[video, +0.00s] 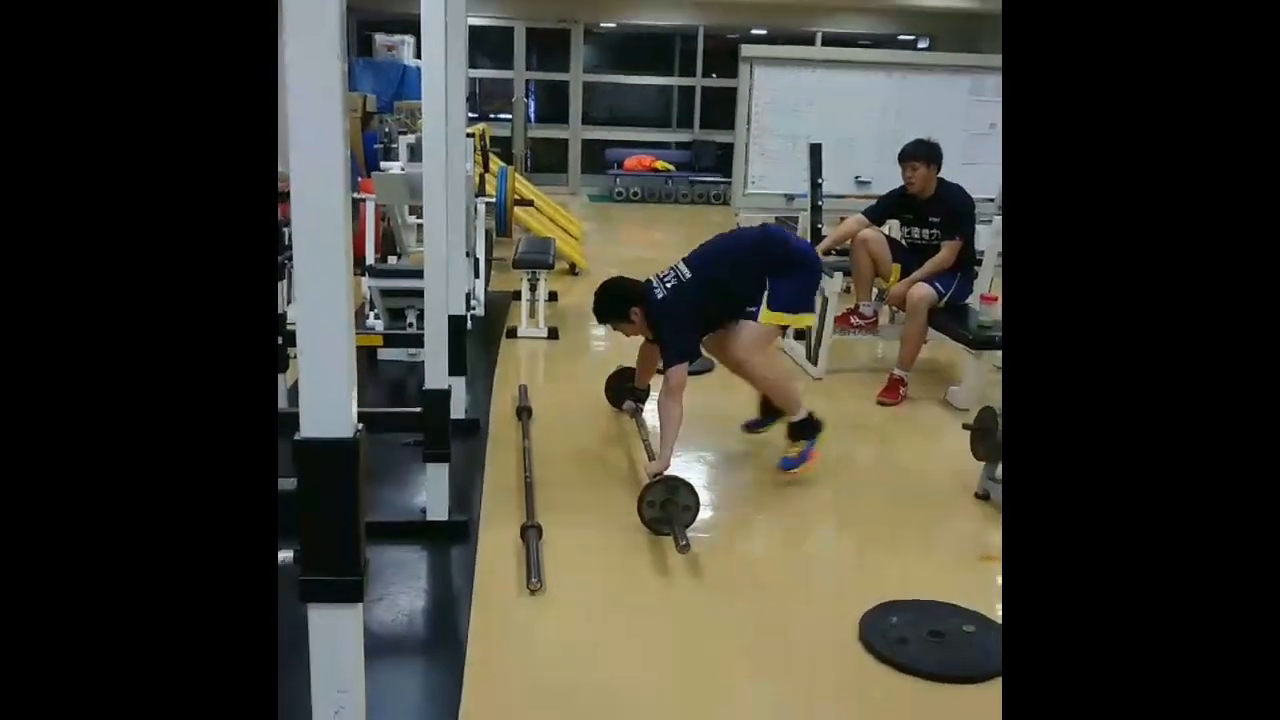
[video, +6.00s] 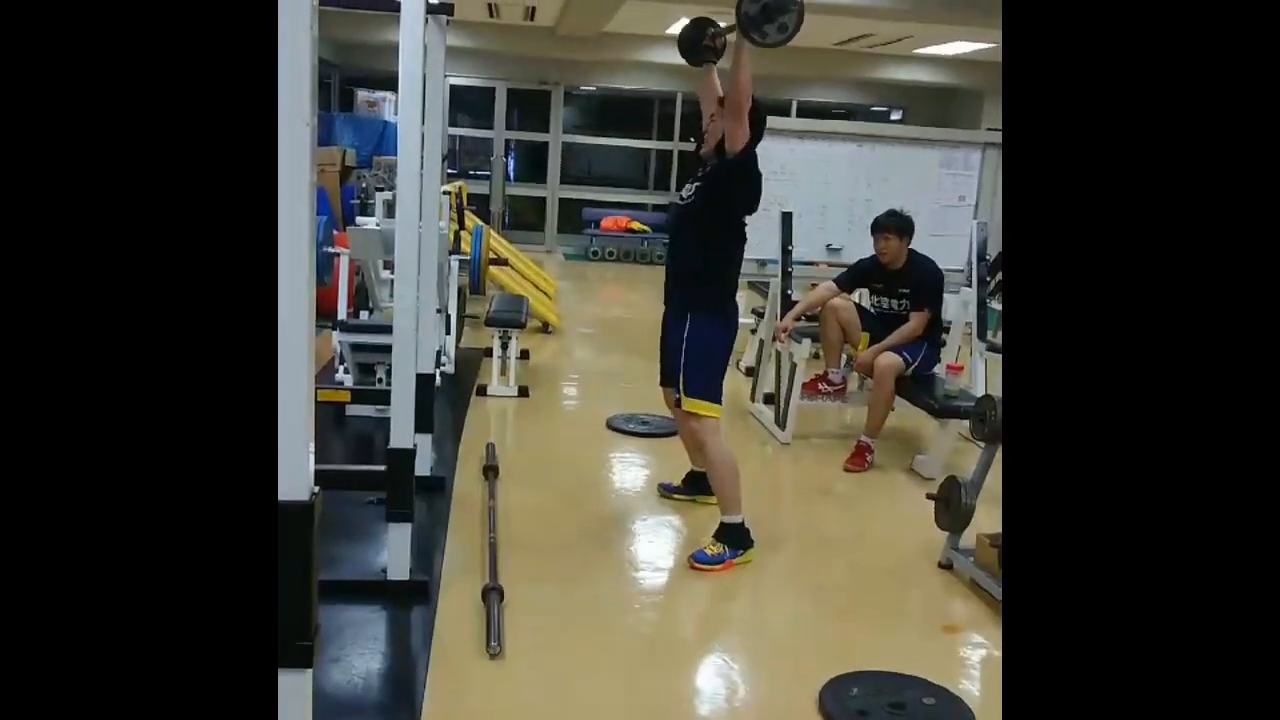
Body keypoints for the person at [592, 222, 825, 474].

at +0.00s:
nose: (626, 335)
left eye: (621, 328)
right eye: (620, 331)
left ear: (636, 314)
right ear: (638, 307)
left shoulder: (673, 316)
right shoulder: (653, 298)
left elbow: (674, 392)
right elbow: (651, 347)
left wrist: (664, 457)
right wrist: (639, 390)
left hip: (793, 264)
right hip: (761, 258)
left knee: (745, 350)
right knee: (718, 343)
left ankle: (804, 424)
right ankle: (773, 401)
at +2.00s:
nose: (731, 72)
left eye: (740, 67)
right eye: (736, 65)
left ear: (762, 78)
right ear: (754, 77)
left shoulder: (763, 123)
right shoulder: (731, 121)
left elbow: (781, 169)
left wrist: (730, 147)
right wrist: (688, 136)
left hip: (731, 263)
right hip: (704, 257)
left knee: (718, 367)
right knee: (694, 350)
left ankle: (733, 481)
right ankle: (709, 431)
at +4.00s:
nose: (562, 408)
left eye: (561, 401)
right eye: (557, 402)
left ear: (577, 389)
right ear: (576, 385)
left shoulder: (616, 399)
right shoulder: (600, 394)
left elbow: (661, 428)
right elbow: (647, 418)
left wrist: (647, 489)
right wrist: (636, 459)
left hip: (730, 465)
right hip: (727, 445)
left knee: (828, 477)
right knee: (822, 453)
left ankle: (931, 461)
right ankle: (914, 439)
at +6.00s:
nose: (713, 118)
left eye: (724, 111)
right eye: (714, 112)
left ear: (743, 127)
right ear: (716, 125)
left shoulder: (739, 173)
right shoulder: (711, 167)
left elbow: (737, 100)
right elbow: (710, 104)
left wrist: (744, 36)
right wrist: (706, 58)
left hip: (709, 311)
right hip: (683, 306)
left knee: (704, 421)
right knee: (676, 399)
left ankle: (736, 532)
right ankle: (701, 478)